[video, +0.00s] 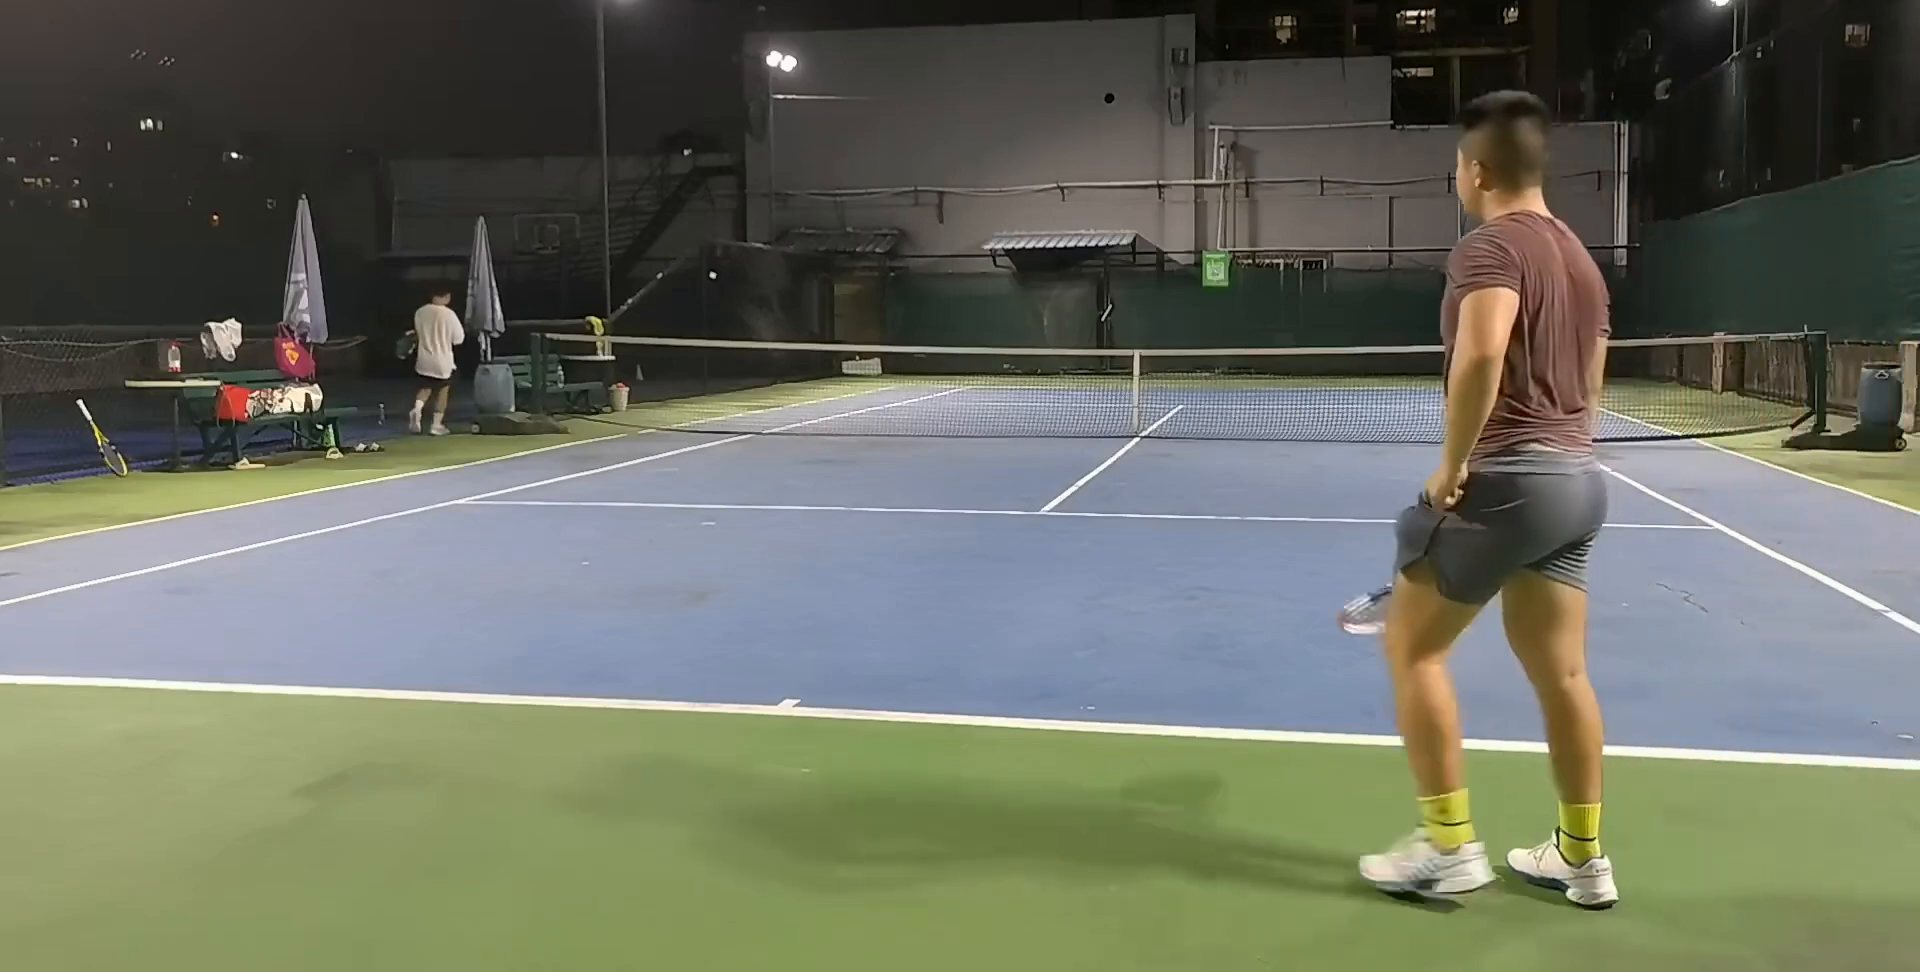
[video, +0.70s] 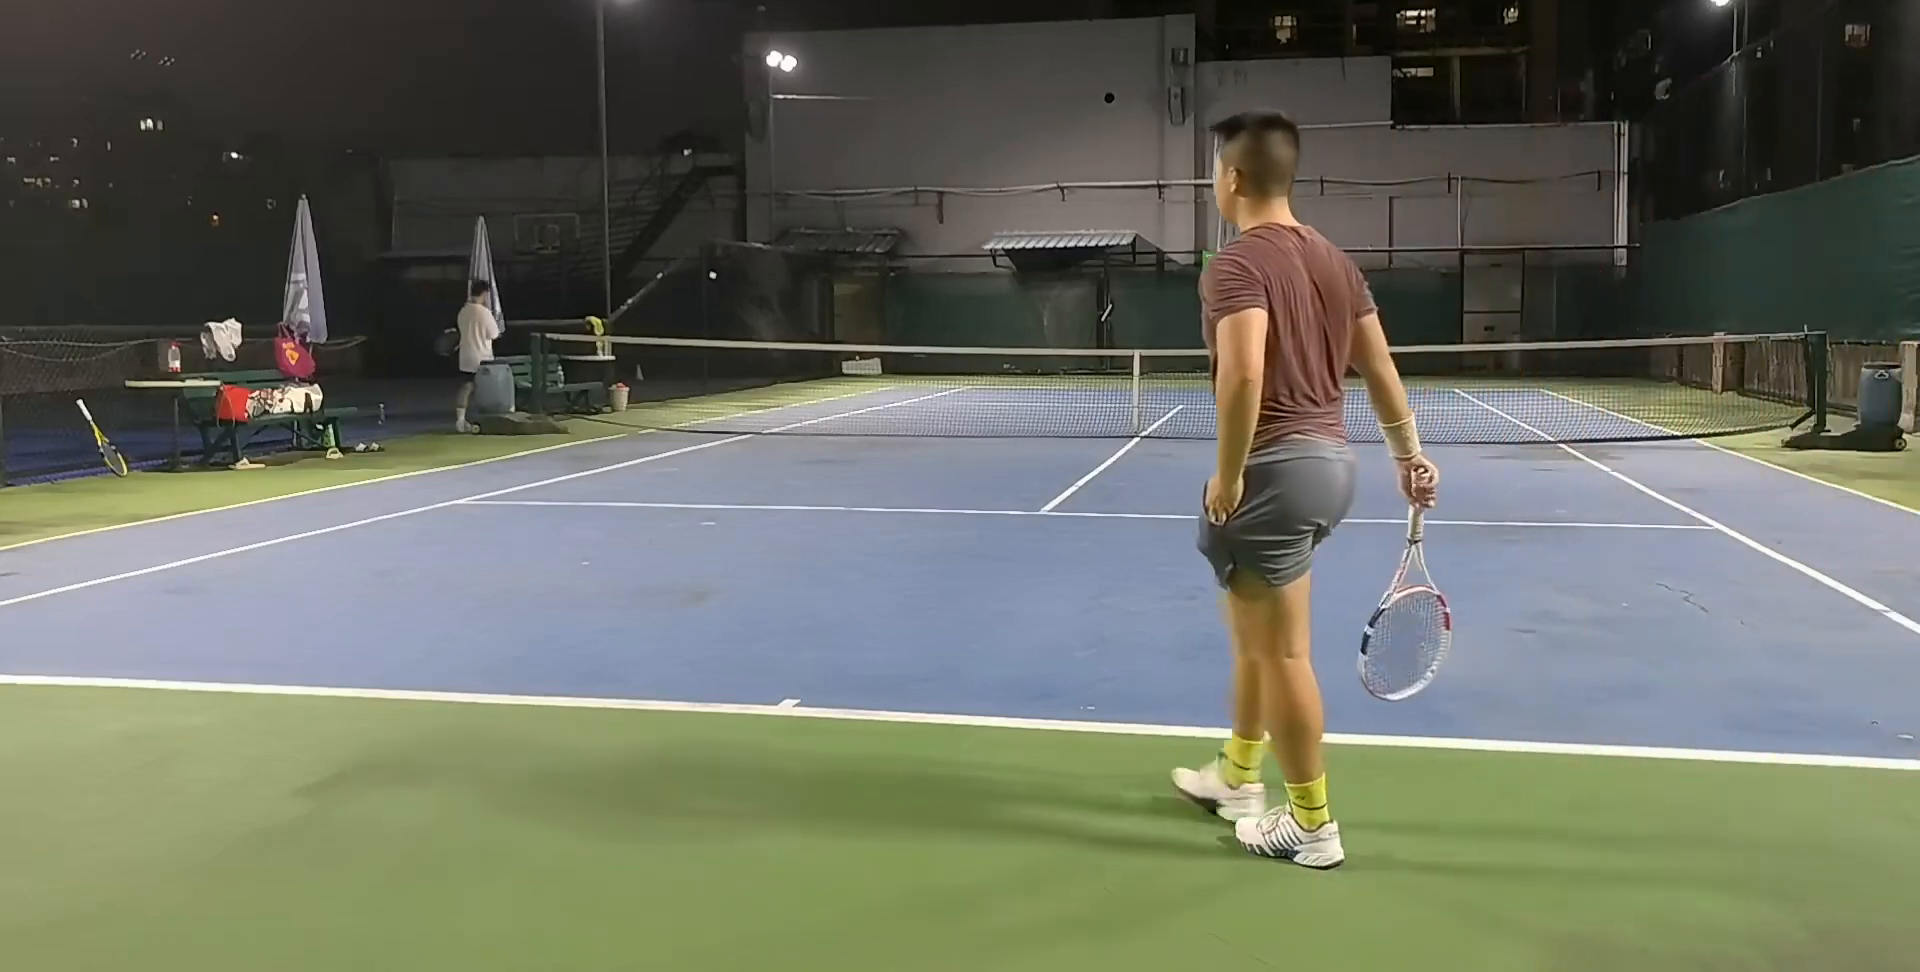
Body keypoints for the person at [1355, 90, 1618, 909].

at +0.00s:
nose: (1457, 176)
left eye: (1460, 163)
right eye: (1461, 162)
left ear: (1477, 169)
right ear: (1537, 169)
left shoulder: (1487, 246)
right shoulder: (1577, 258)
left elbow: (1480, 356)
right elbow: (1590, 384)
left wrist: (1451, 465)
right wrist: (1544, 450)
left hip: (1504, 478)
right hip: (1579, 477)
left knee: (1412, 644)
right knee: (1561, 667)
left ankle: (1448, 844)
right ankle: (1581, 854)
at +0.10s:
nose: (1420, 182)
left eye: (1423, 170)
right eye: (1424, 169)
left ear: (1438, 176)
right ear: (1501, 176)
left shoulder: (1453, 256)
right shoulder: (1538, 263)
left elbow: (1456, 371)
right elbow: (1540, 392)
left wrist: (1418, 478)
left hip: (1470, 483)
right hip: (1544, 478)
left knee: (1397, 664)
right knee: (1549, 670)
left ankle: (1343, 830)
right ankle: (1581, 855)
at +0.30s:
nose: (1335, 187)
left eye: (1339, 175)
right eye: (1339, 174)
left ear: (1356, 183)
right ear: (1415, 184)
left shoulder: (1368, 270)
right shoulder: (1458, 268)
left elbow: (1375, 383)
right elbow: (1459, 390)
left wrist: (1334, 477)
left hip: (1389, 480)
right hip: (1458, 476)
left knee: (1327, 654)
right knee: (1471, 652)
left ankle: (1312, 824)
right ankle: (1558, 822)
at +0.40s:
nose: (1298, 180)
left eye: (1301, 168)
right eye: (1302, 167)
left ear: (1317, 176)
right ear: (1374, 175)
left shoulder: (1329, 264)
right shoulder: (1421, 258)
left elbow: (1337, 376)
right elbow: (1436, 374)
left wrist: (1297, 469)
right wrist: (1381, 440)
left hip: (1349, 472)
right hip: (1420, 472)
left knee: (1310, 646)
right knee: (1401, 634)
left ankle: (1310, 821)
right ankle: (1511, 780)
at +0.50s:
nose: (1268, 182)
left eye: (1270, 170)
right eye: (1272, 168)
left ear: (1286, 176)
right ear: (1343, 175)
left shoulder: (1294, 262)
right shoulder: (1394, 257)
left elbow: (1299, 373)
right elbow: (1417, 367)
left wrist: (1271, 467)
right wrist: (1415, 446)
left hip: (1321, 467)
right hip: (1388, 465)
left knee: (1297, 645)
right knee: (1348, 626)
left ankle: (1310, 821)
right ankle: (1437, 761)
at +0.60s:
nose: (1241, 180)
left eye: (1244, 167)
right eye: (1244, 166)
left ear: (1258, 176)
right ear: (1315, 175)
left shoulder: (1263, 261)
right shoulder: (1364, 257)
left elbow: (1268, 373)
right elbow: (1400, 367)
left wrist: (1249, 473)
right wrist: (1417, 447)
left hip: (1297, 467)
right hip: (1362, 465)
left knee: (1288, 646)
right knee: (1303, 622)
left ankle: (1309, 821)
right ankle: (1343, 774)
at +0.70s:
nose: (1216, 184)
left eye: (1219, 172)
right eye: (1221, 171)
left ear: (1232, 180)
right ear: (1289, 180)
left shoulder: (1236, 264)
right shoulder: (1336, 260)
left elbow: (1243, 372)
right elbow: (1378, 367)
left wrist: (1227, 475)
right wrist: (1408, 451)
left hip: (1271, 469)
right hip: (1334, 467)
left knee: (1283, 653)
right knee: (1250, 612)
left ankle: (1312, 824)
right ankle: (1239, 772)